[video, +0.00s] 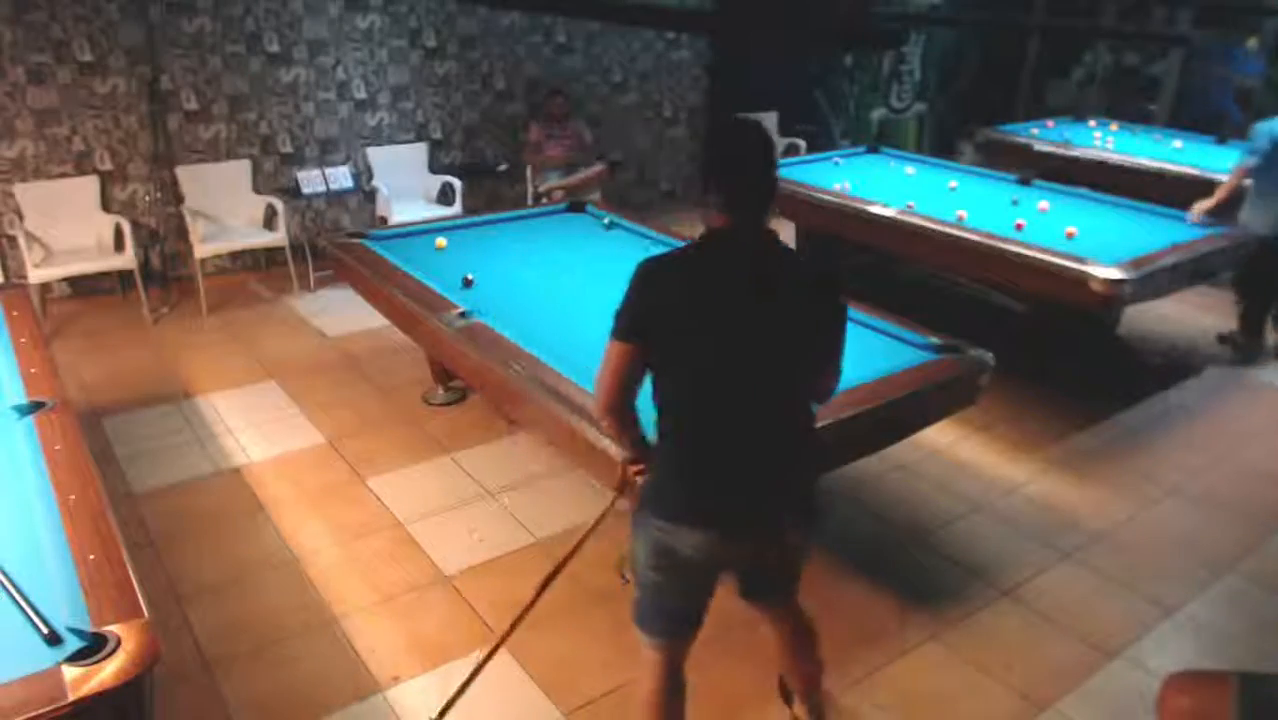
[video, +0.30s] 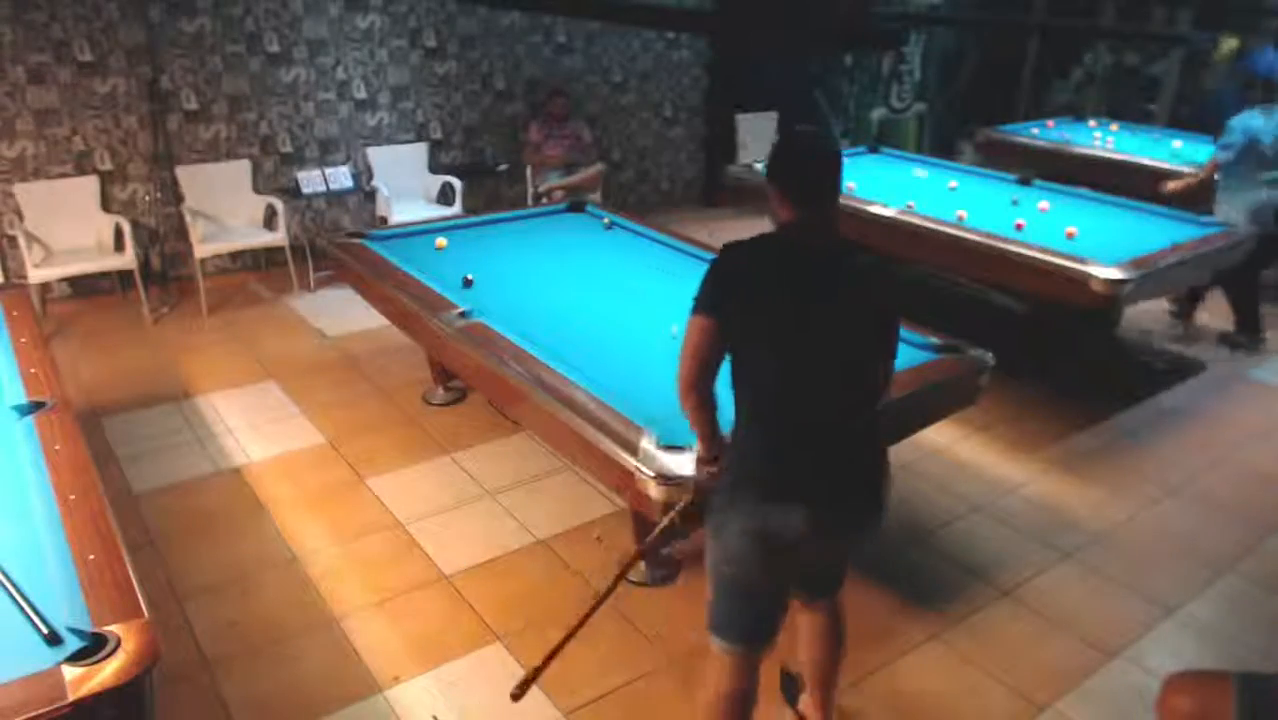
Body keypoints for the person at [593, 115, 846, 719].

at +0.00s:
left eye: (715, 179)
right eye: (755, 179)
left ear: (703, 187)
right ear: (773, 190)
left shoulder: (660, 278)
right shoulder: (812, 281)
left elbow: (612, 401)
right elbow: (822, 386)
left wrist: (641, 454)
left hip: (685, 504)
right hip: (776, 499)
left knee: (665, 660)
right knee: (785, 611)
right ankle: (815, 707)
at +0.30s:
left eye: (774, 185)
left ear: (772, 192)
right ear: (838, 191)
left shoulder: (738, 264)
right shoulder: (873, 272)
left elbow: (694, 378)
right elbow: (878, 383)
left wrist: (709, 440)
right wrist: (838, 424)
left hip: (758, 482)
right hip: (845, 479)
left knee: (735, 653)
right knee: (820, 597)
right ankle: (817, 709)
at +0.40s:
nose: (788, 198)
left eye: (787, 189)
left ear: (787, 197)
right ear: (850, 194)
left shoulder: (751, 263)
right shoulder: (881, 272)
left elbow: (710, 375)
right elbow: (885, 383)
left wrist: (722, 450)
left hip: (773, 476)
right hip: (860, 475)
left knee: (757, 652)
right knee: (824, 596)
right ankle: (818, 707)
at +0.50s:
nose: (793, 199)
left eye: (794, 190)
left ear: (796, 198)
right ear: (859, 197)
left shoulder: (763, 264)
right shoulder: (887, 275)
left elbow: (721, 375)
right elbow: (890, 385)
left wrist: (730, 447)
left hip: (783, 479)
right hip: (867, 478)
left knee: (767, 651)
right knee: (828, 600)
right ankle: (818, 706)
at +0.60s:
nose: (796, 203)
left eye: (798, 193)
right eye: (806, 193)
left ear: (804, 199)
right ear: (868, 201)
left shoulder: (772, 263)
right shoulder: (891, 276)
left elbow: (725, 376)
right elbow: (893, 383)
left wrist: (732, 441)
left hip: (792, 484)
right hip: (878, 481)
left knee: (774, 663)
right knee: (832, 599)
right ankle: (821, 710)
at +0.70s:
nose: (802, 207)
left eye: (806, 197)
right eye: (809, 198)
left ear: (815, 204)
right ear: (876, 206)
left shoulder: (779, 266)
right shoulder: (898, 279)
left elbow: (727, 377)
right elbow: (903, 386)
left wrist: (727, 435)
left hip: (795, 485)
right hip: (883, 484)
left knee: (777, 668)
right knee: (833, 603)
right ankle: (821, 710)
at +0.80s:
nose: (809, 207)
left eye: (813, 197)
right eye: (815, 198)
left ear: (823, 205)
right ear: (885, 208)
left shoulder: (785, 272)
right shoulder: (910, 287)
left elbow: (727, 389)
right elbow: (906, 392)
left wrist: (726, 431)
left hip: (796, 494)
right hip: (885, 492)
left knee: (778, 678)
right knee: (834, 606)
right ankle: (823, 710)